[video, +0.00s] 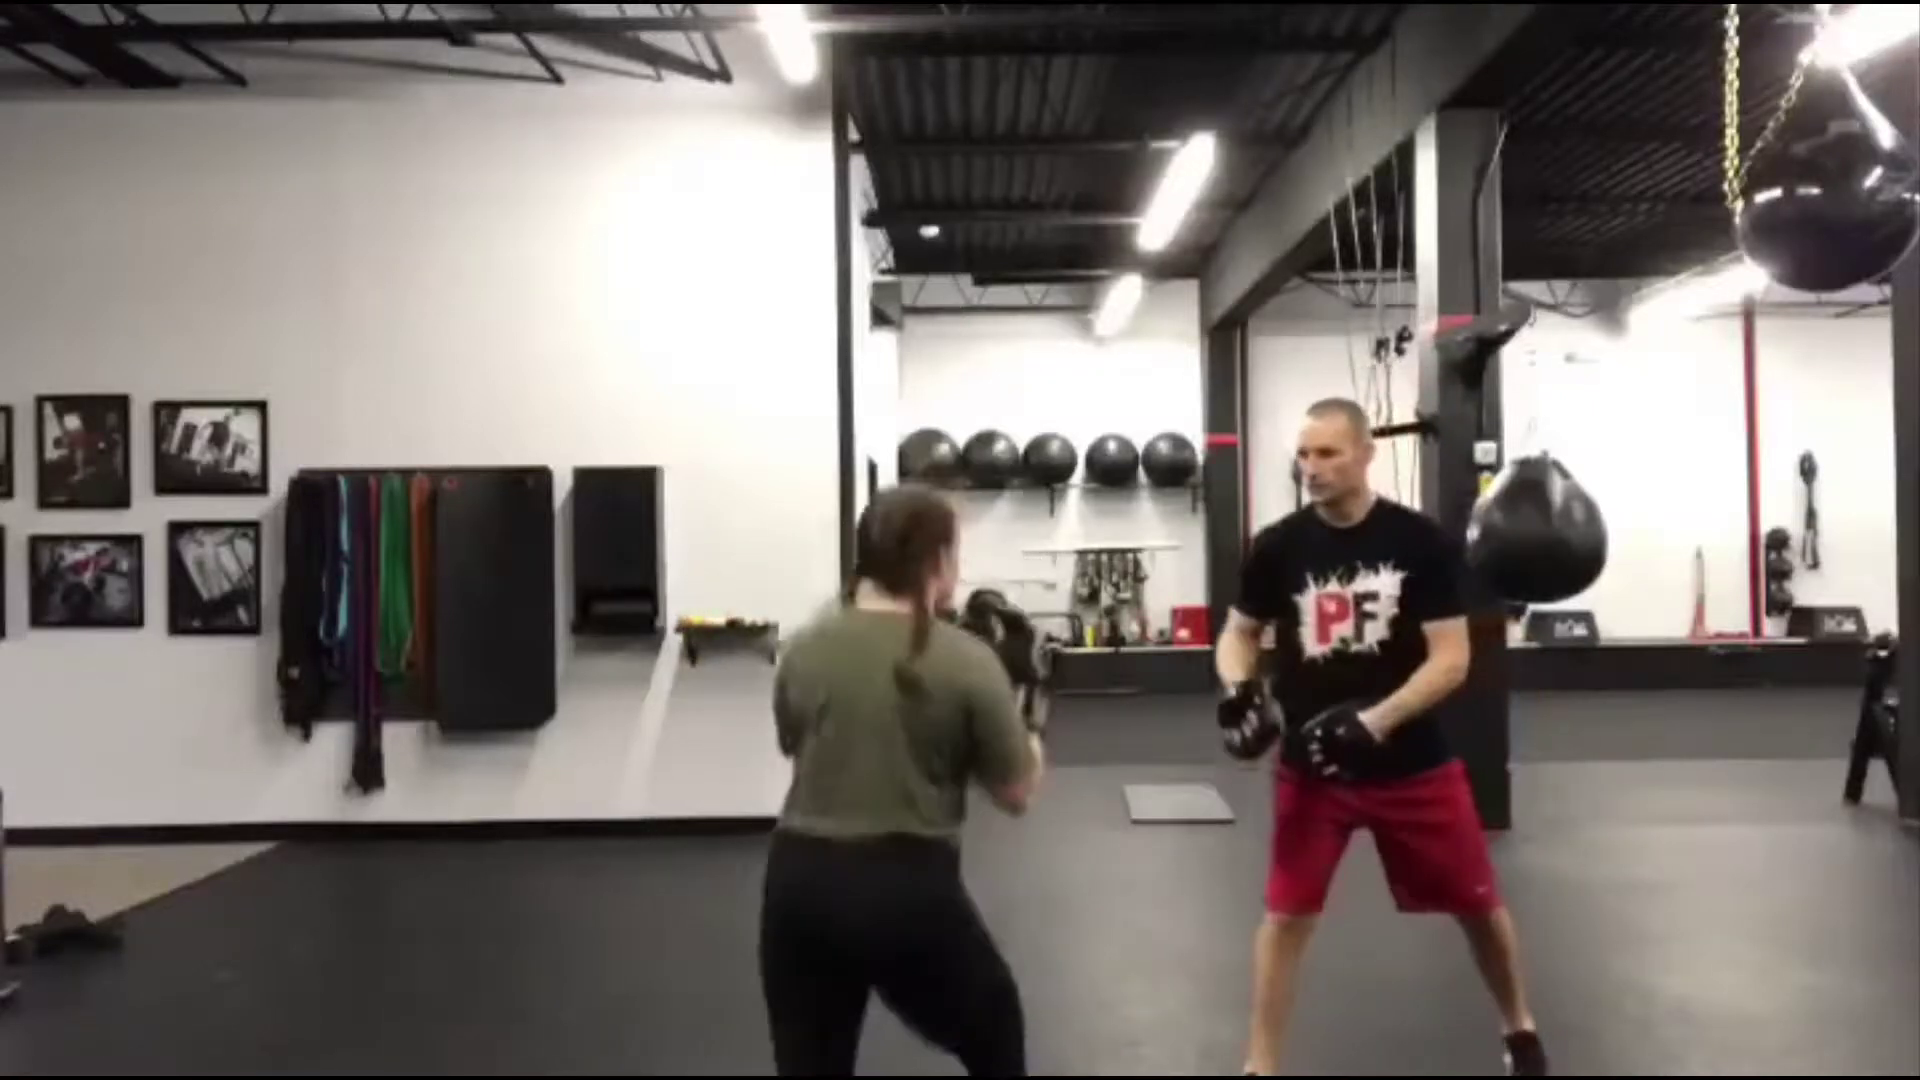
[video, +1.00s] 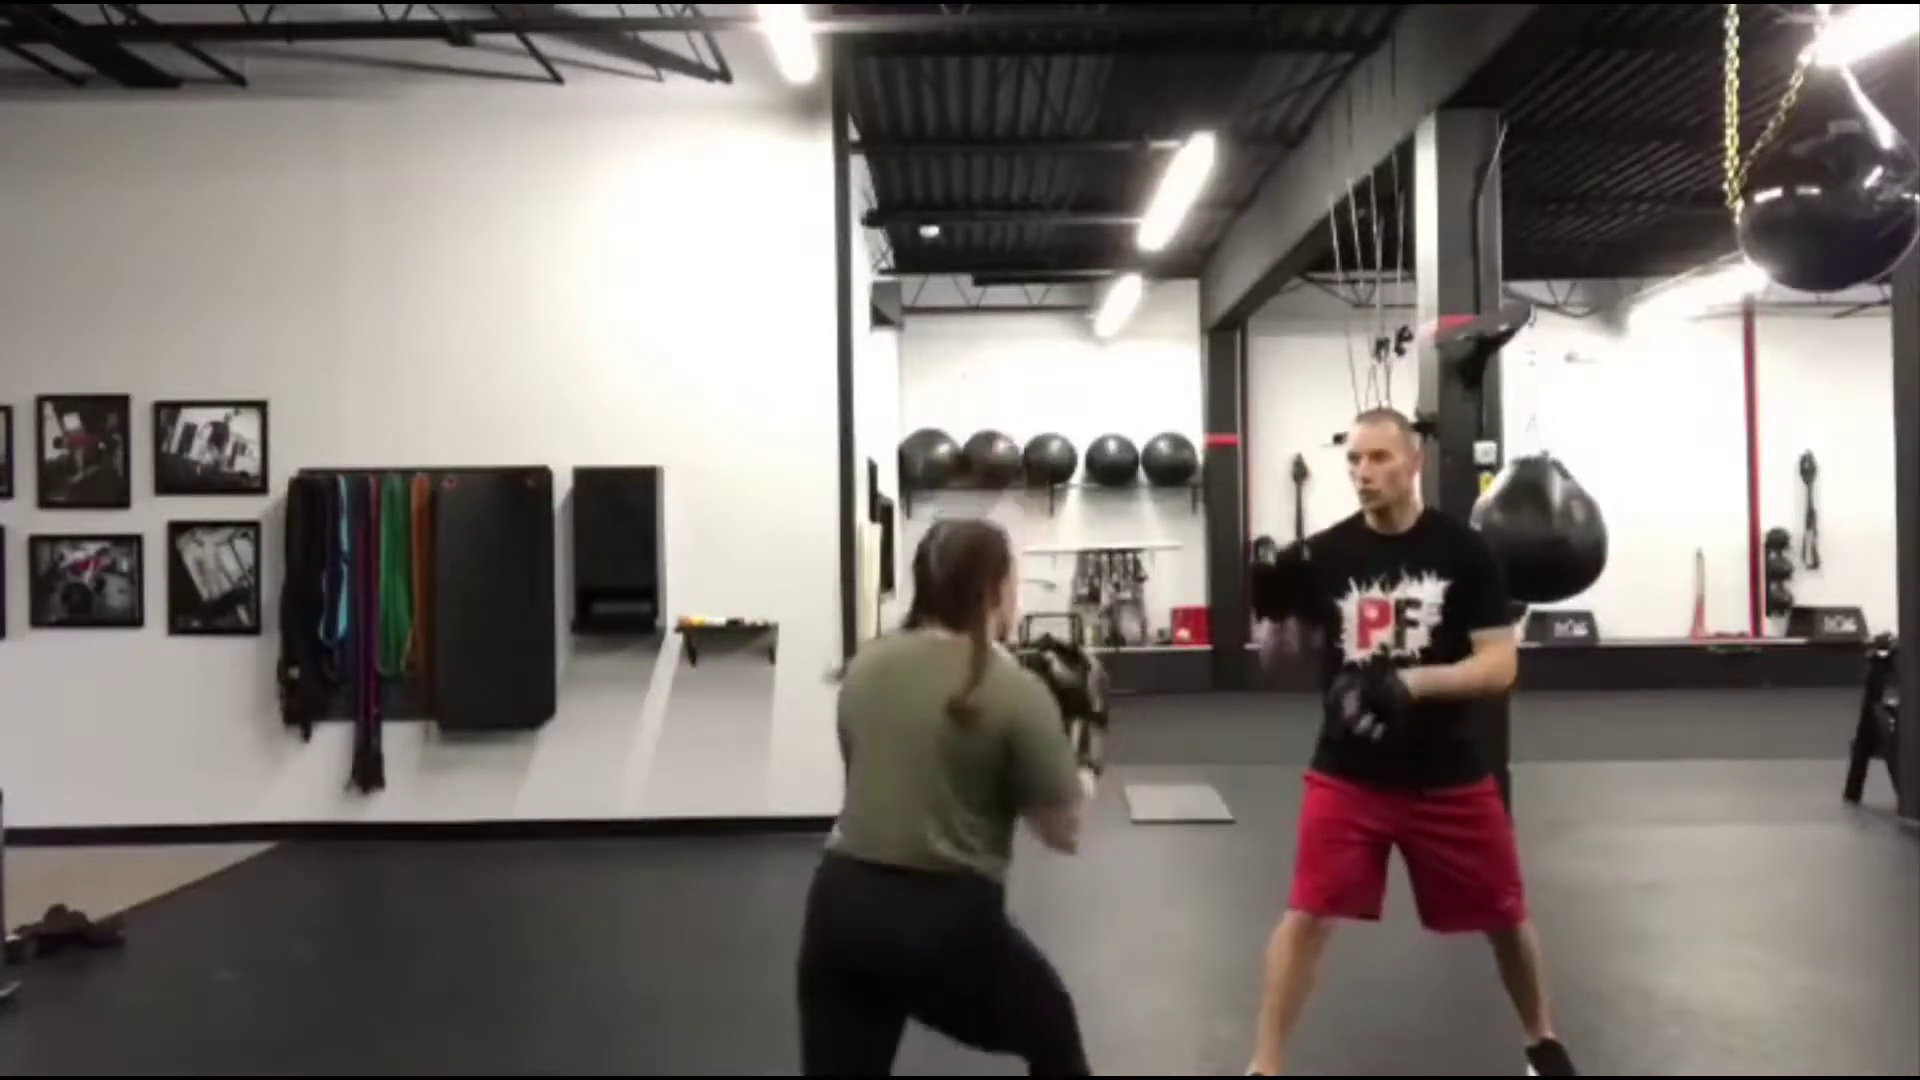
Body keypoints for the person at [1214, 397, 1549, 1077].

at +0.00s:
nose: (1311, 467)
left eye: (1327, 454)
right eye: (1304, 455)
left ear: (1367, 456)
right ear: (1297, 460)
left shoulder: (1421, 542)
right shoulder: (1276, 548)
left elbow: (1452, 658)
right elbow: (1240, 633)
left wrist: (1374, 720)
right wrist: (1238, 692)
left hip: (1417, 765)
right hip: (1314, 769)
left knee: (1480, 905)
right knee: (1287, 916)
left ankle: (1521, 1032)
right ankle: (1261, 1063)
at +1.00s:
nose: (1365, 471)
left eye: (1379, 457)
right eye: (1356, 460)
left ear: (1415, 460)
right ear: (1347, 467)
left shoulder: (1464, 550)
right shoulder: (1326, 553)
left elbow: (1499, 665)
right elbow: (1288, 654)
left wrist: (1409, 682)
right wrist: (1275, 603)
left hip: (1452, 778)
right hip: (1348, 775)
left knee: (1508, 921)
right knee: (1308, 914)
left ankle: (1543, 1043)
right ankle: (1265, 1063)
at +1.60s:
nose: (1294, 478)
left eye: (1307, 464)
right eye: (1285, 467)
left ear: (1345, 464)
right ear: (1278, 475)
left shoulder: (1408, 542)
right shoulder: (1267, 558)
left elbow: (1448, 650)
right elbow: (1227, 653)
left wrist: (1369, 645)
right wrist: (1218, 656)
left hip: (1416, 770)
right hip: (1314, 773)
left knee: (1476, 909)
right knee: (1287, 914)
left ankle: (1516, 1025)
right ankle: (1262, 1064)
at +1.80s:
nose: (1322, 503)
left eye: (1335, 489)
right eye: (1312, 491)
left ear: (1372, 485)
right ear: (1304, 494)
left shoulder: (1423, 556)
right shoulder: (1291, 571)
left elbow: (1441, 666)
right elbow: (1257, 662)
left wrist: (1349, 630)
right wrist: (1285, 739)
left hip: (1425, 779)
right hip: (1329, 777)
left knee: (1483, 922)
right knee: (1293, 914)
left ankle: (1508, 1022)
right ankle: (1261, 1065)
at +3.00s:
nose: (1335, 500)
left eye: (1349, 488)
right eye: (1331, 488)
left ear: (1389, 493)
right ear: (1327, 493)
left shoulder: (1439, 566)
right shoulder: (1310, 571)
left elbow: (1464, 680)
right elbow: (1253, 650)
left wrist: (1410, 615)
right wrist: (1258, 694)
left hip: (1429, 778)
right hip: (1327, 775)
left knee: (1491, 917)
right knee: (1284, 905)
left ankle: (1509, 1026)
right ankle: (1245, 1053)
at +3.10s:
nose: (1334, 496)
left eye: (1349, 484)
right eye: (1329, 485)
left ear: (1388, 489)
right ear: (1323, 493)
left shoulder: (1440, 564)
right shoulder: (1309, 570)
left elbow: (1465, 677)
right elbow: (1283, 657)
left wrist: (1407, 608)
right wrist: (1250, 604)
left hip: (1431, 778)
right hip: (1329, 772)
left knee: (1491, 919)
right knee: (1282, 904)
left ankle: (1510, 1026)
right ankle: (1245, 1052)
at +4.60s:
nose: (1295, 509)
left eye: (1307, 496)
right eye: (1284, 499)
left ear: (1331, 499)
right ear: (1271, 506)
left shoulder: (1379, 571)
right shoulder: (1260, 581)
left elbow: (1428, 682)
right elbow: (1239, 675)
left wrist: (1354, 698)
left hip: (1395, 778)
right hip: (1303, 782)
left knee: (1472, 912)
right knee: (1267, 919)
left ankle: (1515, 1023)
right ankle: (1233, 1045)